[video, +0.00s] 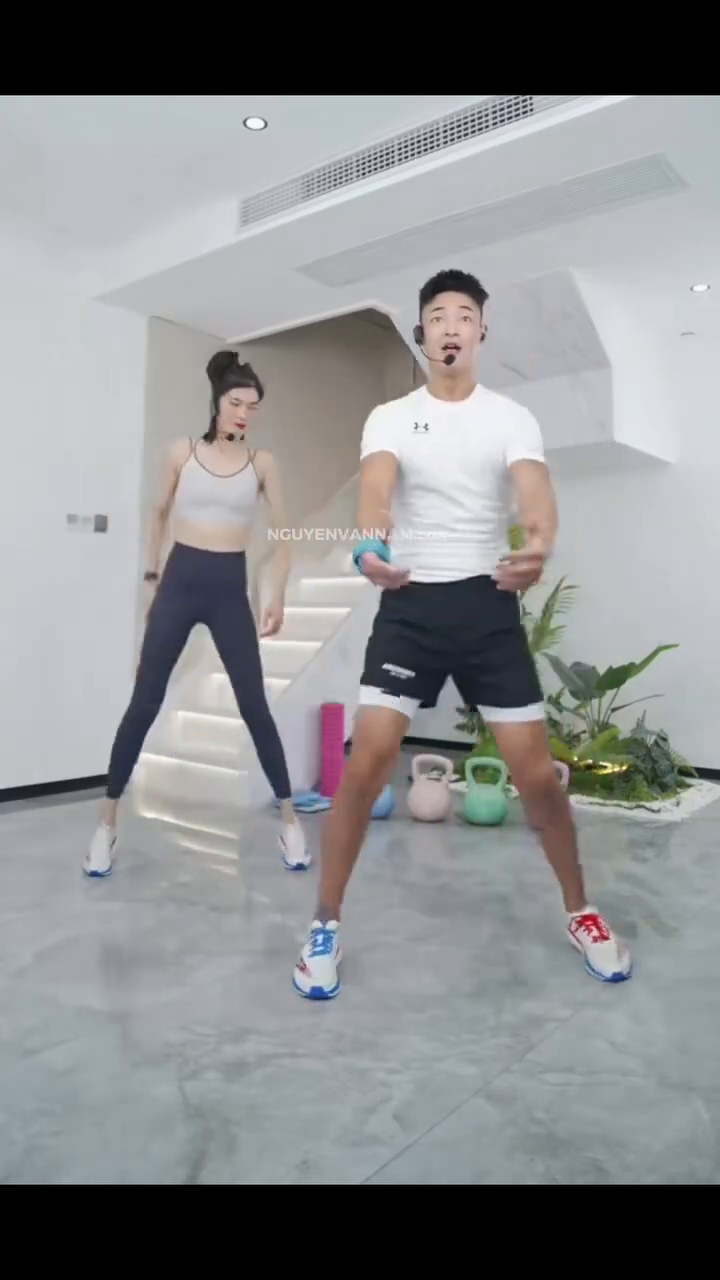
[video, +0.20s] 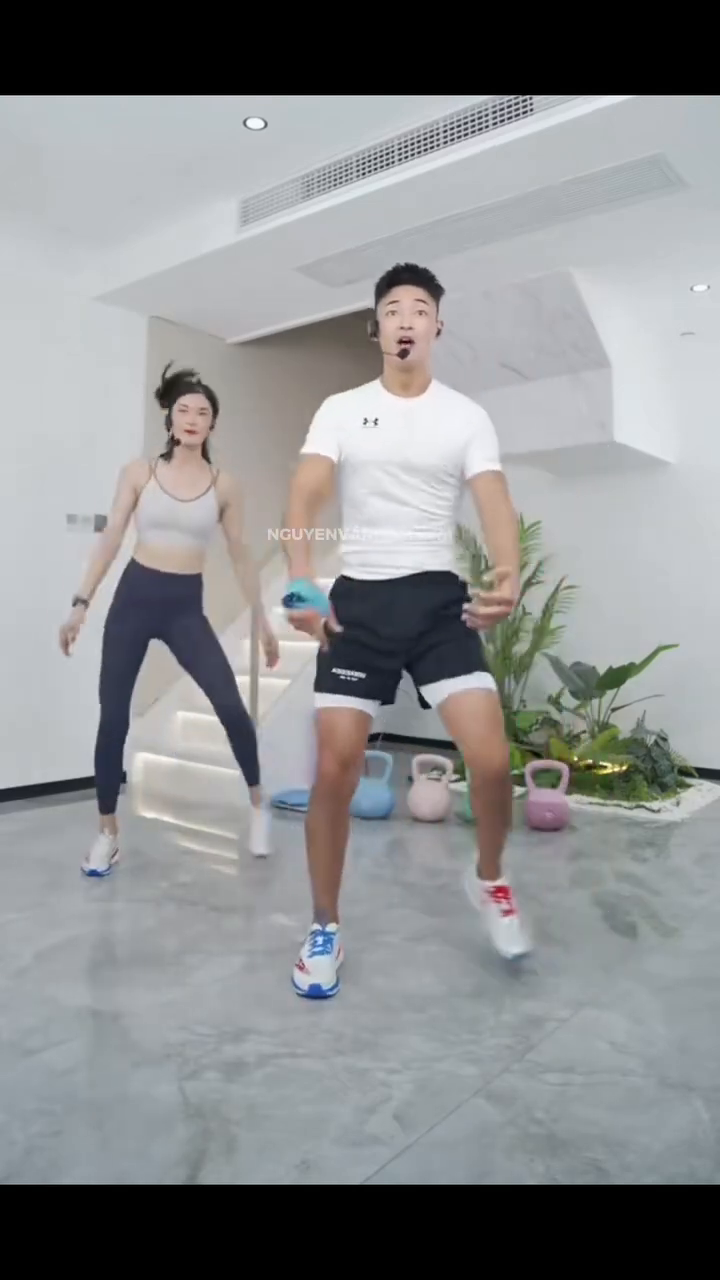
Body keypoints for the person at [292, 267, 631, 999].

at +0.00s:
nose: (449, 329)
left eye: (462, 318)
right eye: (437, 318)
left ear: (483, 331)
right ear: (420, 334)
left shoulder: (513, 420)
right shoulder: (390, 419)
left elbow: (539, 511)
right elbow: (374, 495)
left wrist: (534, 552)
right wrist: (373, 544)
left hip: (490, 610)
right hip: (408, 609)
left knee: (540, 779)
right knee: (368, 762)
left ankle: (580, 914)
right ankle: (324, 926)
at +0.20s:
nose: (406, 322)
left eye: (419, 312)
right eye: (393, 312)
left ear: (438, 329)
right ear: (376, 329)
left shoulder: (466, 416)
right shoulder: (341, 410)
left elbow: (495, 505)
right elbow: (305, 497)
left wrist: (507, 575)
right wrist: (302, 582)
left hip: (439, 603)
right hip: (354, 603)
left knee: (493, 763)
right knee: (335, 764)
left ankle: (490, 879)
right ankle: (323, 929)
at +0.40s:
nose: (387, 310)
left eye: (400, 299)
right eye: (374, 300)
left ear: (421, 316)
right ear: (358, 317)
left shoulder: (456, 408)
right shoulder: (322, 404)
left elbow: (481, 505)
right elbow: (284, 497)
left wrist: (480, 591)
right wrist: (281, 592)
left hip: (423, 598)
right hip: (342, 596)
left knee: (392, 774)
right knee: (329, 766)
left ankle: (375, 898)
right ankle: (321, 929)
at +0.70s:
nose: (393, 307)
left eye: (405, 295)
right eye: (380, 297)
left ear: (426, 309)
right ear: (361, 316)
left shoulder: (466, 404)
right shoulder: (330, 408)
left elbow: (488, 500)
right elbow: (312, 512)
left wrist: (487, 580)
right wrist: (328, 578)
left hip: (447, 597)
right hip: (360, 602)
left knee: (490, 768)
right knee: (340, 767)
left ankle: (480, 898)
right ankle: (322, 928)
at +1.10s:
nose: (487, 316)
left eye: (501, 304)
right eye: (473, 305)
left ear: (520, 317)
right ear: (456, 323)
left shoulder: (560, 407)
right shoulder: (425, 412)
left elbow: (588, 503)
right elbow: (409, 515)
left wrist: (581, 579)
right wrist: (416, 564)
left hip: (539, 602)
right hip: (454, 601)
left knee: (549, 776)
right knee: (406, 753)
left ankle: (561, 929)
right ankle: (393, 896)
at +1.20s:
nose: (498, 314)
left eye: (511, 302)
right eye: (485, 303)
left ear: (530, 315)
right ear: (467, 320)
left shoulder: (570, 406)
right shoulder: (436, 412)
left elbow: (597, 501)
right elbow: (418, 516)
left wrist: (589, 575)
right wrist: (430, 564)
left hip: (547, 600)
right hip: (465, 599)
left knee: (553, 776)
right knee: (439, 759)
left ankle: (563, 928)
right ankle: (461, 885)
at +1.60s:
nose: (486, 316)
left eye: (498, 304)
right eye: (473, 306)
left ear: (518, 319)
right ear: (456, 322)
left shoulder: (557, 410)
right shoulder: (422, 411)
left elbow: (579, 506)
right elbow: (403, 508)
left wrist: (564, 579)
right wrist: (409, 543)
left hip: (529, 603)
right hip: (445, 603)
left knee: (547, 777)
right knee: (399, 768)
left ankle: (562, 929)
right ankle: (377, 913)